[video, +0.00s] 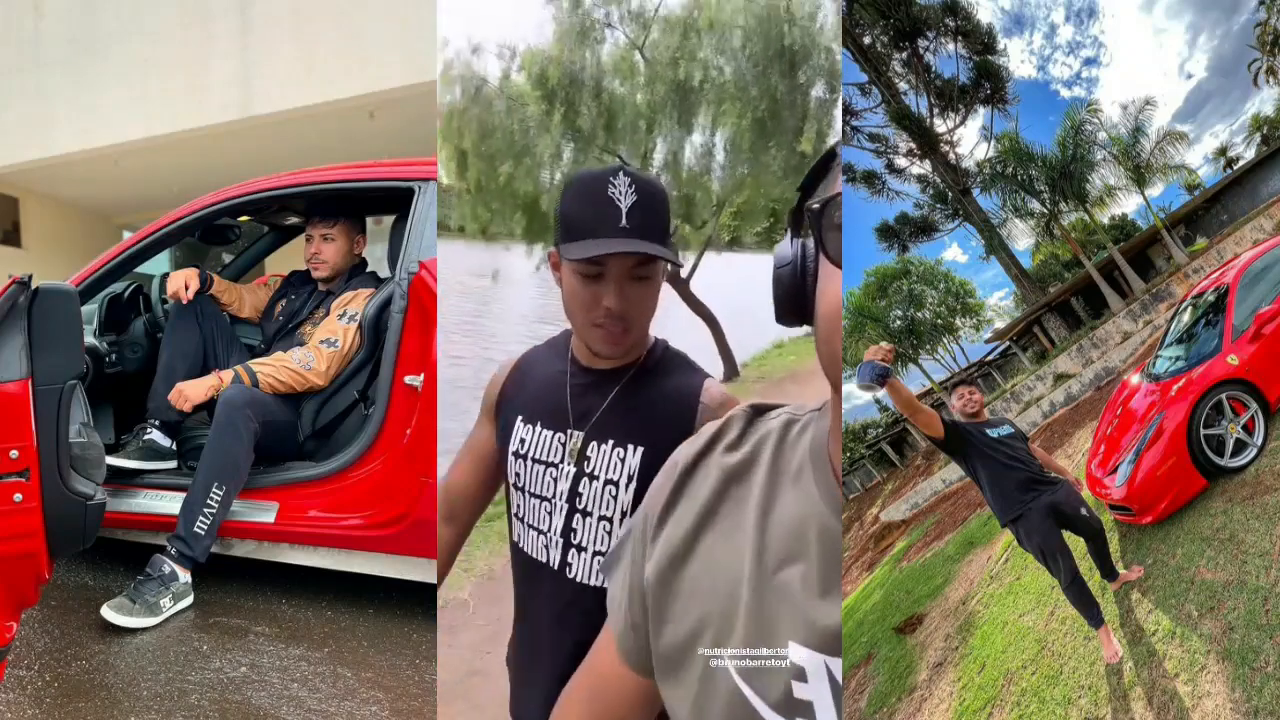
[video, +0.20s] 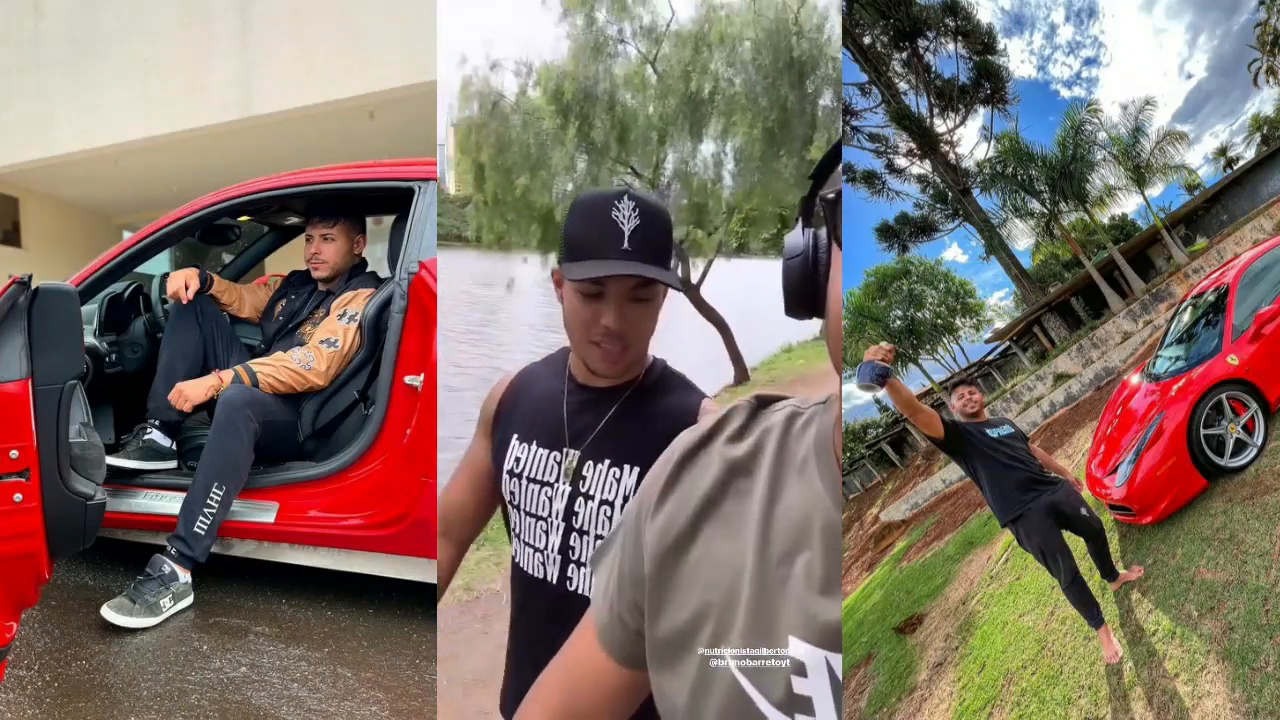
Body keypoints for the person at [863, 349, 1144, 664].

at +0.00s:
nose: (967, 396)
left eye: (971, 391)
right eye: (959, 397)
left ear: (983, 398)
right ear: (953, 411)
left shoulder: (1004, 424)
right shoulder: (956, 436)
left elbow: (1037, 453)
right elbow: (916, 412)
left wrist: (1067, 475)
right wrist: (885, 373)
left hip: (1052, 489)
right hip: (1022, 512)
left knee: (1094, 528)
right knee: (1066, 573)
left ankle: (1114, 576)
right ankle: (1101, 628)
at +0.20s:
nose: (967, 397)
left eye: (970, 392)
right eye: (959, 398)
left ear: (983, 398)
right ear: (953, 411)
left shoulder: (1004, 424)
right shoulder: (957, 436)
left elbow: (1037, 454)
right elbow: (916, 412)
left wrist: (1068, 475)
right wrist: (885, 374)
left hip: (1052, 489)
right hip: (1022, 512)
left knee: (1093, 528)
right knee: (1066, 572)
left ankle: (1114, 576)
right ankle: (1101, 628)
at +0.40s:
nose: (966, 397)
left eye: (971, 392)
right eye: (958, 397)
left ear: (983, 398)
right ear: (953, 410)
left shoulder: (1004, 424)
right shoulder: (957, 436)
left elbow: (1037, 454)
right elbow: (916, 412)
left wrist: (1067, 476)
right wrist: (886, 375)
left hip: (1052, 489)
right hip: (1022, 512)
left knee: (1094, 528)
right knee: (1066, 572)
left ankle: (1114, 576)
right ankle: (1101, 628)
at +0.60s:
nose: (966, 397)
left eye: (970, 392)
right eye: (958, 397)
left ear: (983, 398)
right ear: (953, 411)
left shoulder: (1004, 423)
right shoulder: (957, 436)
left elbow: (1037, 454)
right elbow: (916, 412)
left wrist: (1067, 475)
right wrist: (885, 373)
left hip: (1052, 489)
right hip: (1022, 512)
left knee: (1093, 528)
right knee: (1066, 572)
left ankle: (1114, 576)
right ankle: (1101, 628)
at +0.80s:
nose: (967, 397)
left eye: (971, 392)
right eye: (959, 397)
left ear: (983, 398)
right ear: (953, 410)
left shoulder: (1003, 424)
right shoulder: (956, 436)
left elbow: (1037, 454)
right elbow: (916, 412)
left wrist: (1068, 476)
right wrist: (885, 375)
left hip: (1051, 489)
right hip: (1021, 512)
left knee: (1093, 528)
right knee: (1066, 572)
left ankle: (1114, 576)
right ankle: (1101, 628)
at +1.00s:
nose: (967, 397)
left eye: (971, 392)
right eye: (959, 397)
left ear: (983, 398)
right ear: (953, 410)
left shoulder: (1003, 424)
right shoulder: (957, 436)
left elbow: (1037, 454)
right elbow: (916, 412)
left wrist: (1067, 476)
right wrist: (885, 375)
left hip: (1051, 489)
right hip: (1021, 512)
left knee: (1094, 528)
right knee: (1066, 572)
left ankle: (1113, 576)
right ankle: (1101, 629)